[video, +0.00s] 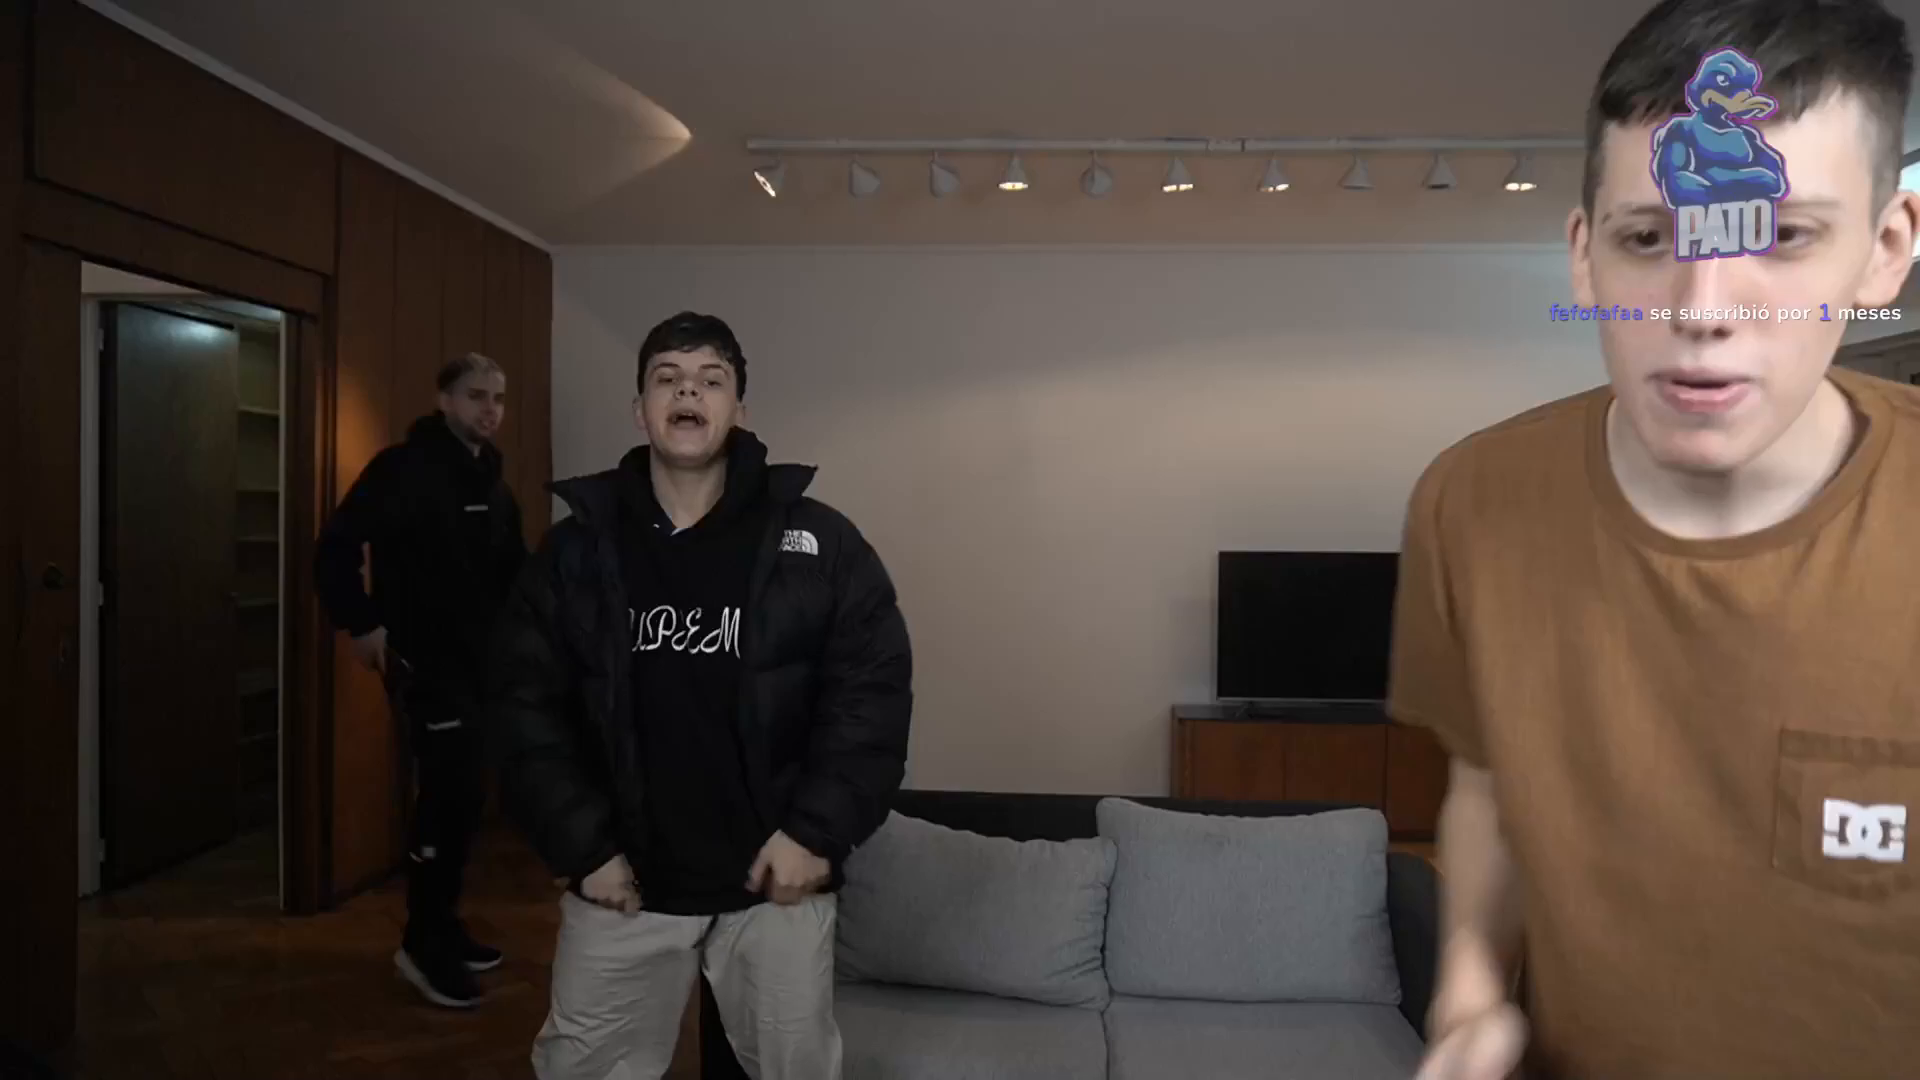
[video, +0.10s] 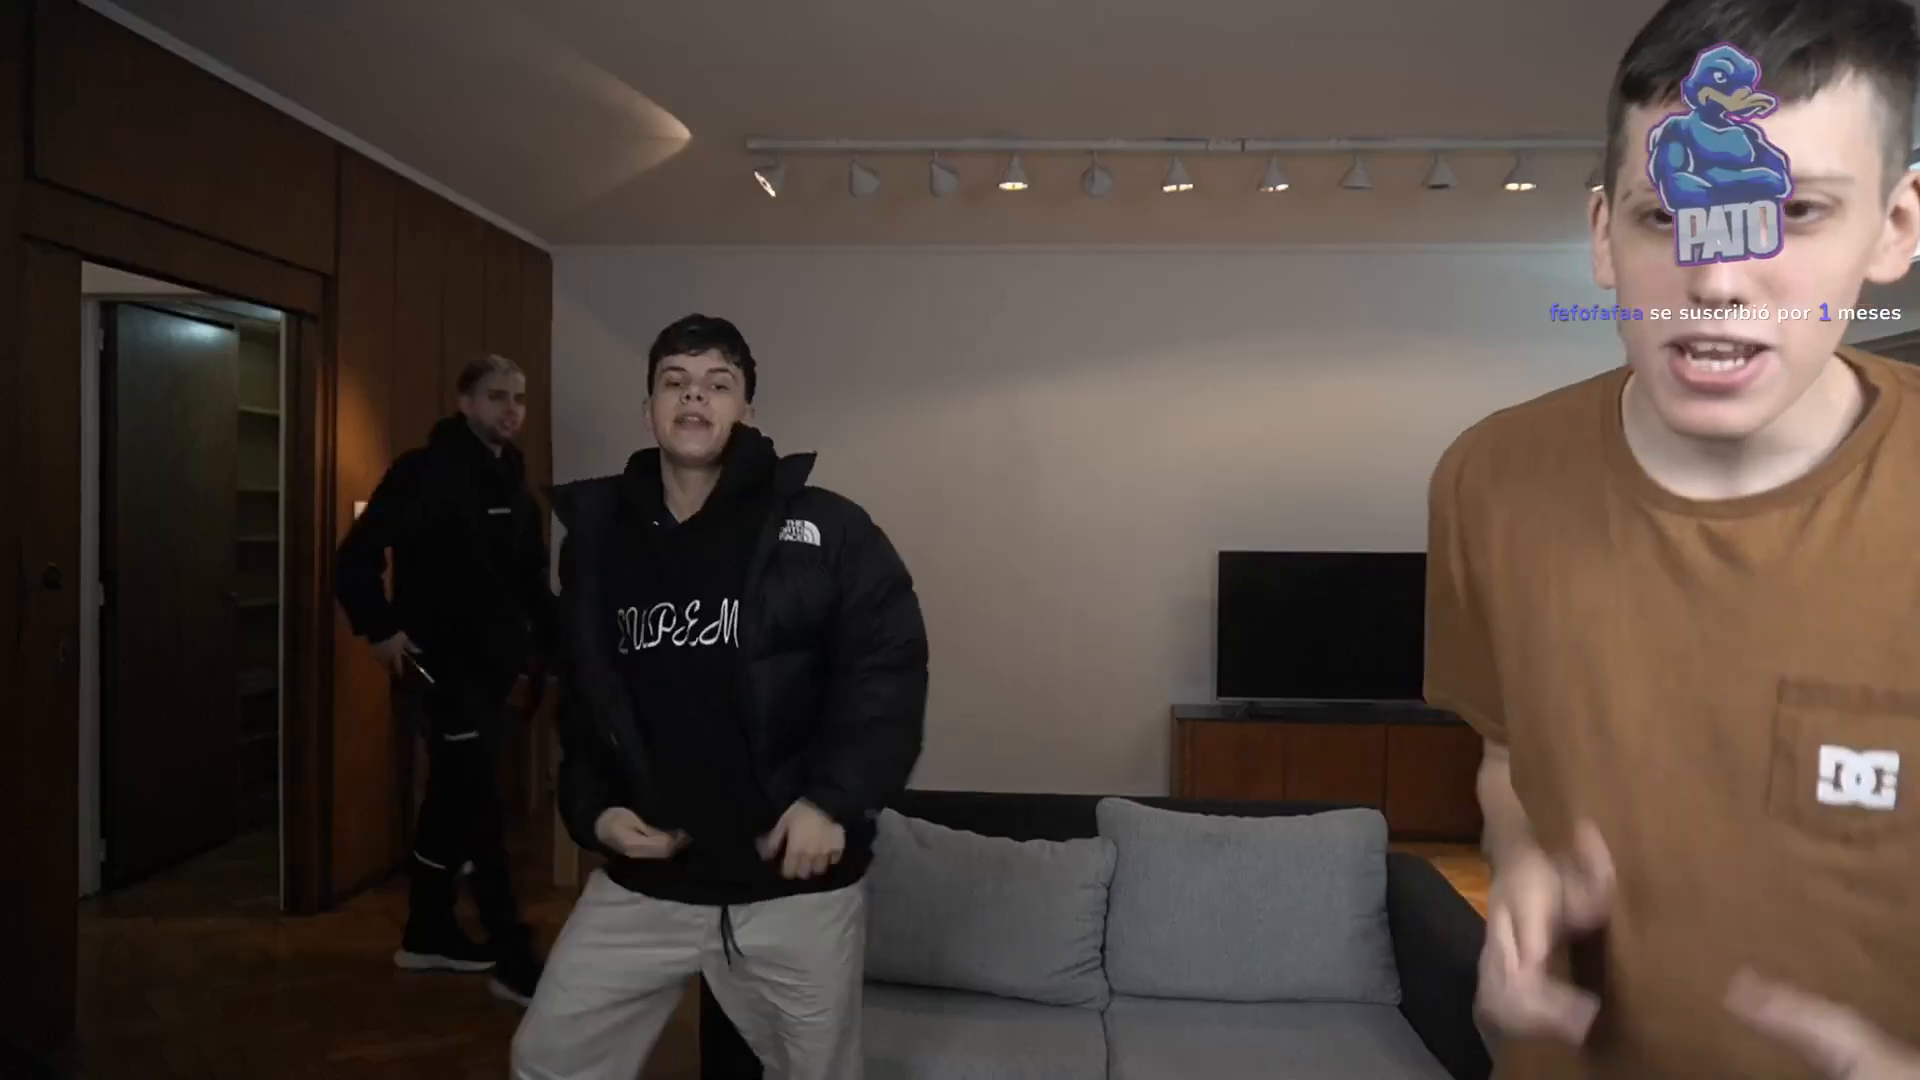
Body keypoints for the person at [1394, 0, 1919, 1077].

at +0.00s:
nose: (1702, 308)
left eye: (1780, 235)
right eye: (1647, 237)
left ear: (1886, 252)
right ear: (1582, 255)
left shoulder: (1908, 509)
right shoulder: (1476, 508)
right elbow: (1482, 778)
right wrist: (1472, 985)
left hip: (1877, 1053)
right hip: (1585, 1059)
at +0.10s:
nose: (1717, 277)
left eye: (1793, 210)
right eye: (1668, 211)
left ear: (1894, 234)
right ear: (1601, 233)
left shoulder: (1906, 491)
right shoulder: (1493, 485)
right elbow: (1508, 748)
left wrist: (1902, 1056)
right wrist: (1522, 863)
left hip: (1862, 1056)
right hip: (1579, 1059)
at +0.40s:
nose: (1659, 326)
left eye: (1722, 263)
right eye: (1614, 266)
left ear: (1811, 268)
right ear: (1555, 269)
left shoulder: (1891, 489)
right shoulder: (1444, 466)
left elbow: (1910, 989)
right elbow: (1355, 826)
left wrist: (1860, 771)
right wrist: (1353, 620)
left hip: (1803, 1059)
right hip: (1497, 1050)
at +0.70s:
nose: (1526, 371)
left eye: (1581, 309)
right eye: (1483, 315)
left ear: (1675, 300)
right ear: (1445, 317)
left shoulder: (1860, 525)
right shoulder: (1400, 494)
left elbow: (1856, 977)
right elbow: (1333, 846)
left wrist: (1684, 762)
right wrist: (1331, 631)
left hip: (1674, 1061)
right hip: (1386, 1046)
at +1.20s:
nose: (1469, 369)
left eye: (1524, 305)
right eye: (1426, 309)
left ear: (1616, 295)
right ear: (1385, 303)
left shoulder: (1801, 479)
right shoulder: (1337, 548)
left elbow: (1886, 949)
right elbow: (1316, 919)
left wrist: (1662, 663)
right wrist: (1243, 692)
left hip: (1807, 1061)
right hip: (1501, 1062)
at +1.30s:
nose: (1470, 361)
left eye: (1527, 298)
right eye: (1426, 302)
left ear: (1614, 291)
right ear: (1383, 298)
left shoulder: (1798, 480)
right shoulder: (1321, 544)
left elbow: (1905, 928)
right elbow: (1253, 901)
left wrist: (1638, 735)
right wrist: (1185, 615)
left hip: (1818, 1058)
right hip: (1505, 1059)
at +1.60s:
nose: (1452, 331)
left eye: (1504, 270)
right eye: (1411, 276)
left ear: (1608, 258)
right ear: (1379, 271)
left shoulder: (1791, 491)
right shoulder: (1320, 487)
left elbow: (1838, 900)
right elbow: (1266, 820)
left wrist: (1562, 838)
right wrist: (1221, 667)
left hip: (1666, 1064)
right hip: (1361, 1059)